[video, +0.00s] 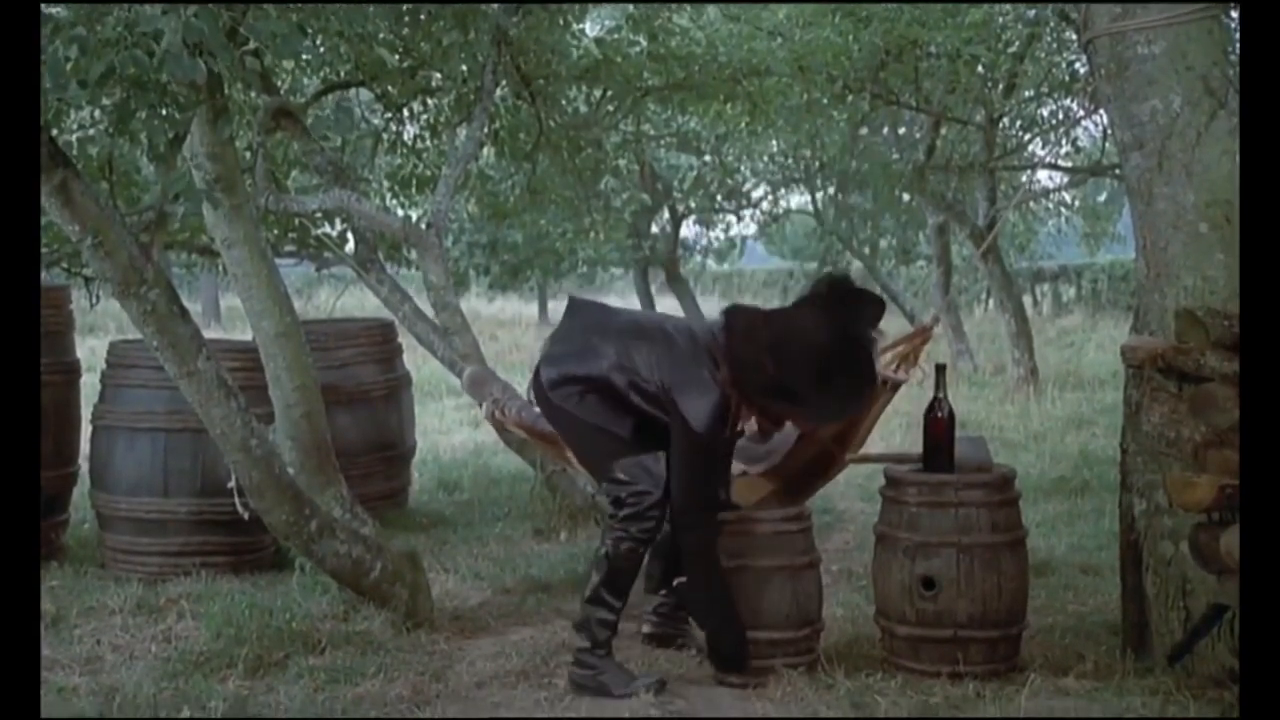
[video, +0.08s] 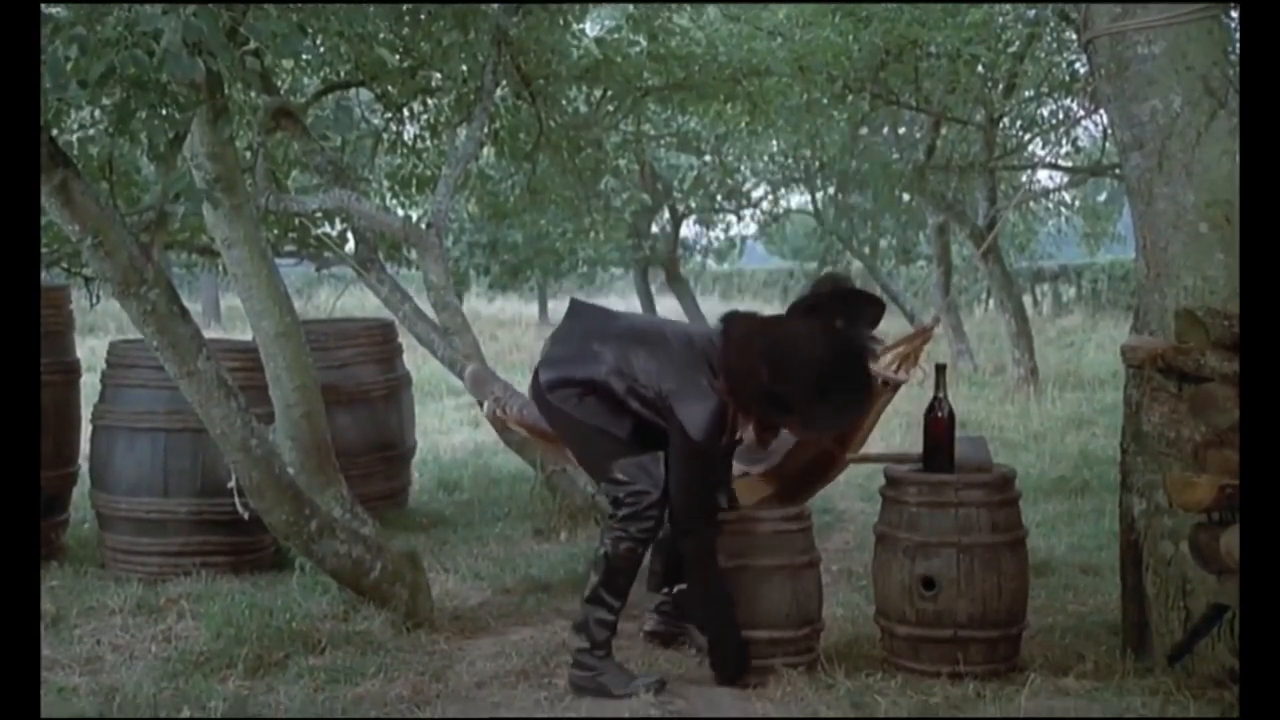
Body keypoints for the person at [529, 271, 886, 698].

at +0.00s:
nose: (784, 428)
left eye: (795, 421)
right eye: (788, 416)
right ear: (766, 391)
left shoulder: (732, 359)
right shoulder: (702, 401)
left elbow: (710, 504)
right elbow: (694, 532)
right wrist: (730, 656)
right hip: (567, 380)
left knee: (685, 487)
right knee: (640, 492)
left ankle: (668, 615)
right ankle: (590, 660)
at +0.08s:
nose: (780, 434)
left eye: (790, 426)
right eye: (783, 422)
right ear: (763, 395)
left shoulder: (730, 361)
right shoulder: (700, 409)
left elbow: (711, 500)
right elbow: (693, 534)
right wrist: (728, 659)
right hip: (568, 382)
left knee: (687, 487)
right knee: (639, 494)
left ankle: (671, 613)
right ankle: (590, 661)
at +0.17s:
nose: (766, 446)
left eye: (779, 439)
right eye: (770, 433)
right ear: (751, 403)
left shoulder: (725, 368)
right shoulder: (691, 414)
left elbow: (702, 509)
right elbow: (683, 541)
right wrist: (724, 654)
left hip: (616, 369)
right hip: (565, 382)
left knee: (684, 480)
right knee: (634, 491)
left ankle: (671, 610)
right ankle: (589, 661)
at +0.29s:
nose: (752, 449)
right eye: (757, 438)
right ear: (737, 404)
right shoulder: (678, 409)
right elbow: (677, 548)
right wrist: (722, 655)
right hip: (563, 381)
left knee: (695, 487)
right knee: (629, 488)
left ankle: (670, 612)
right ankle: (590, 659)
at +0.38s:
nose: (744, 449)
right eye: (748, 440)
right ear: (727, 407)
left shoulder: (720, 367)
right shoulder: (673, 407)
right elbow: (675, 545)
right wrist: (719, 655)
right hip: (561, 382)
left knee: (696, 489)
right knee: (627, 489)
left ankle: (668, 612)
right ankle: (590, 660)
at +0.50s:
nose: (723, 455)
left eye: (735, 445)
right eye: (722, 441)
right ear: (705, 410)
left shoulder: (715, 367)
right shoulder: (663, 415)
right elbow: (670, 554)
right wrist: (721, 661)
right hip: (554, 384)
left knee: (690, 493)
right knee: (622, 493)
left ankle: (665, 615)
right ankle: (589, 660)